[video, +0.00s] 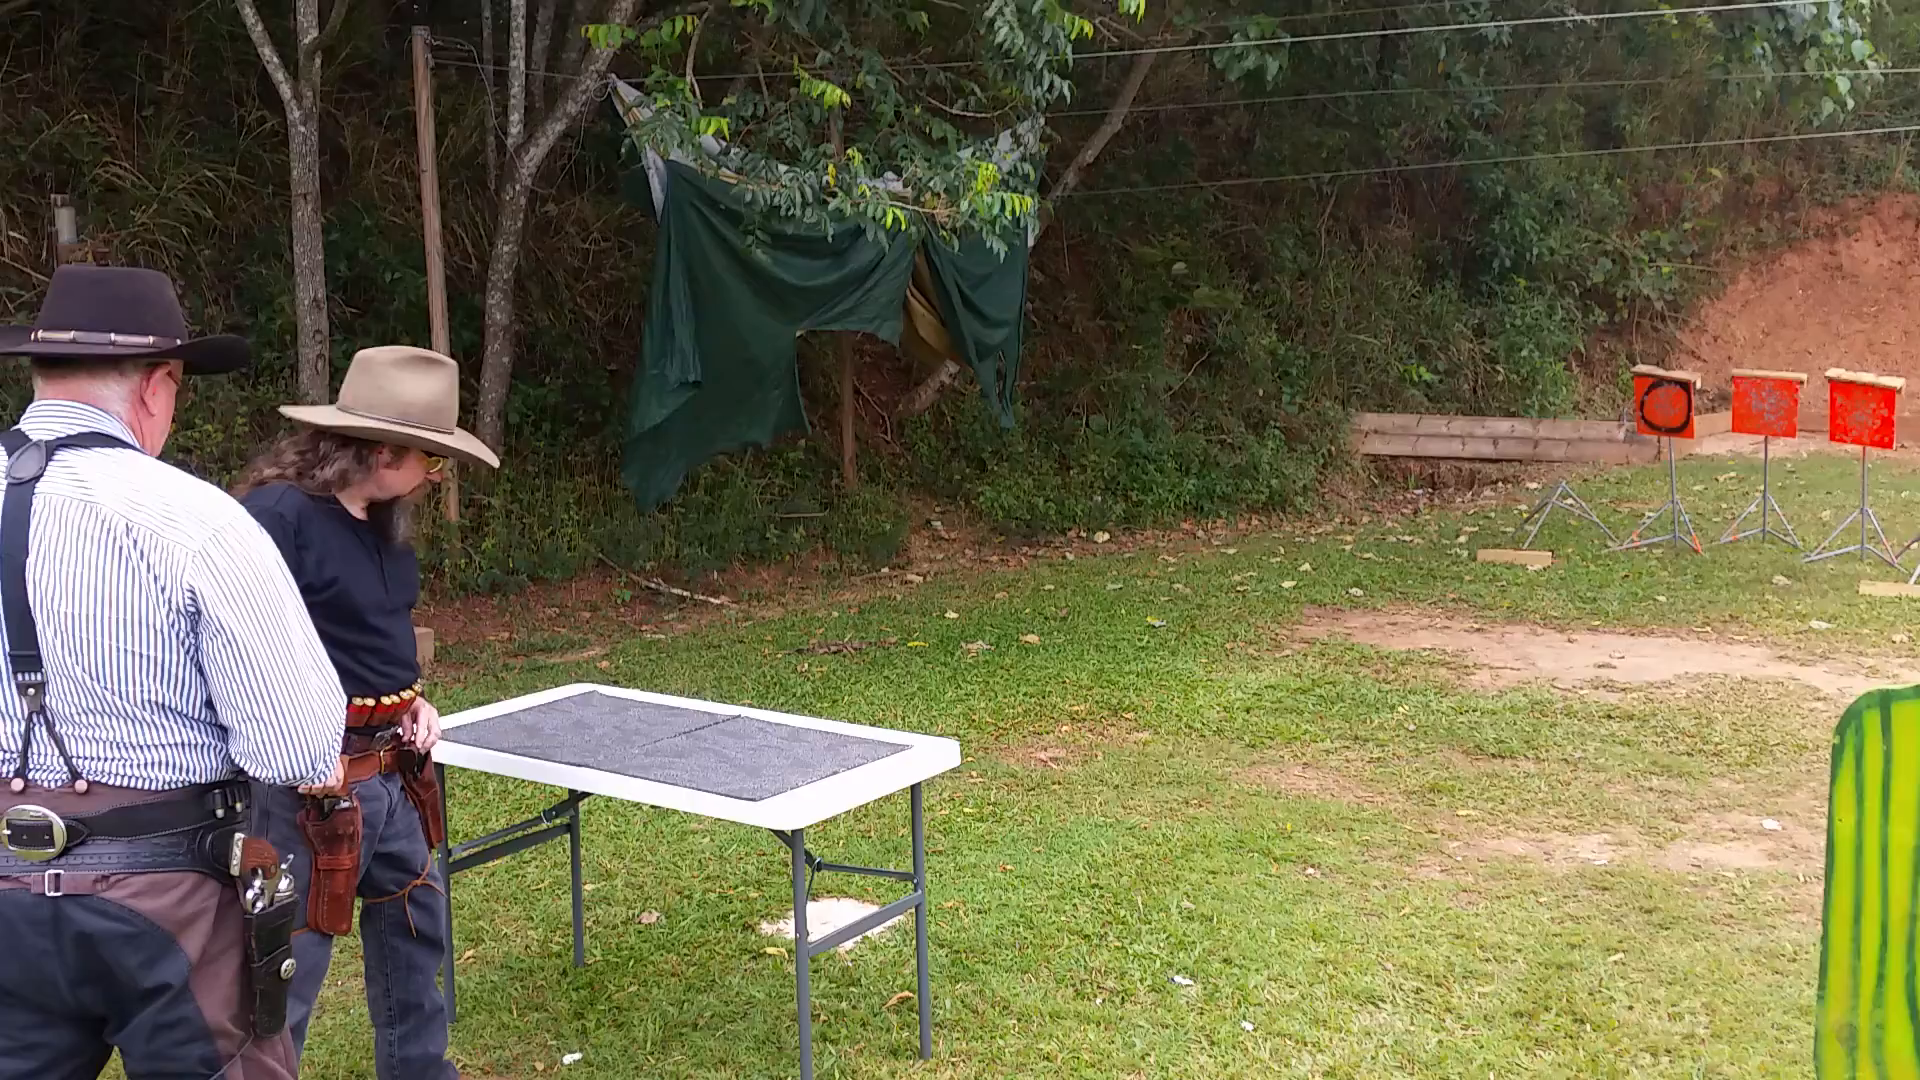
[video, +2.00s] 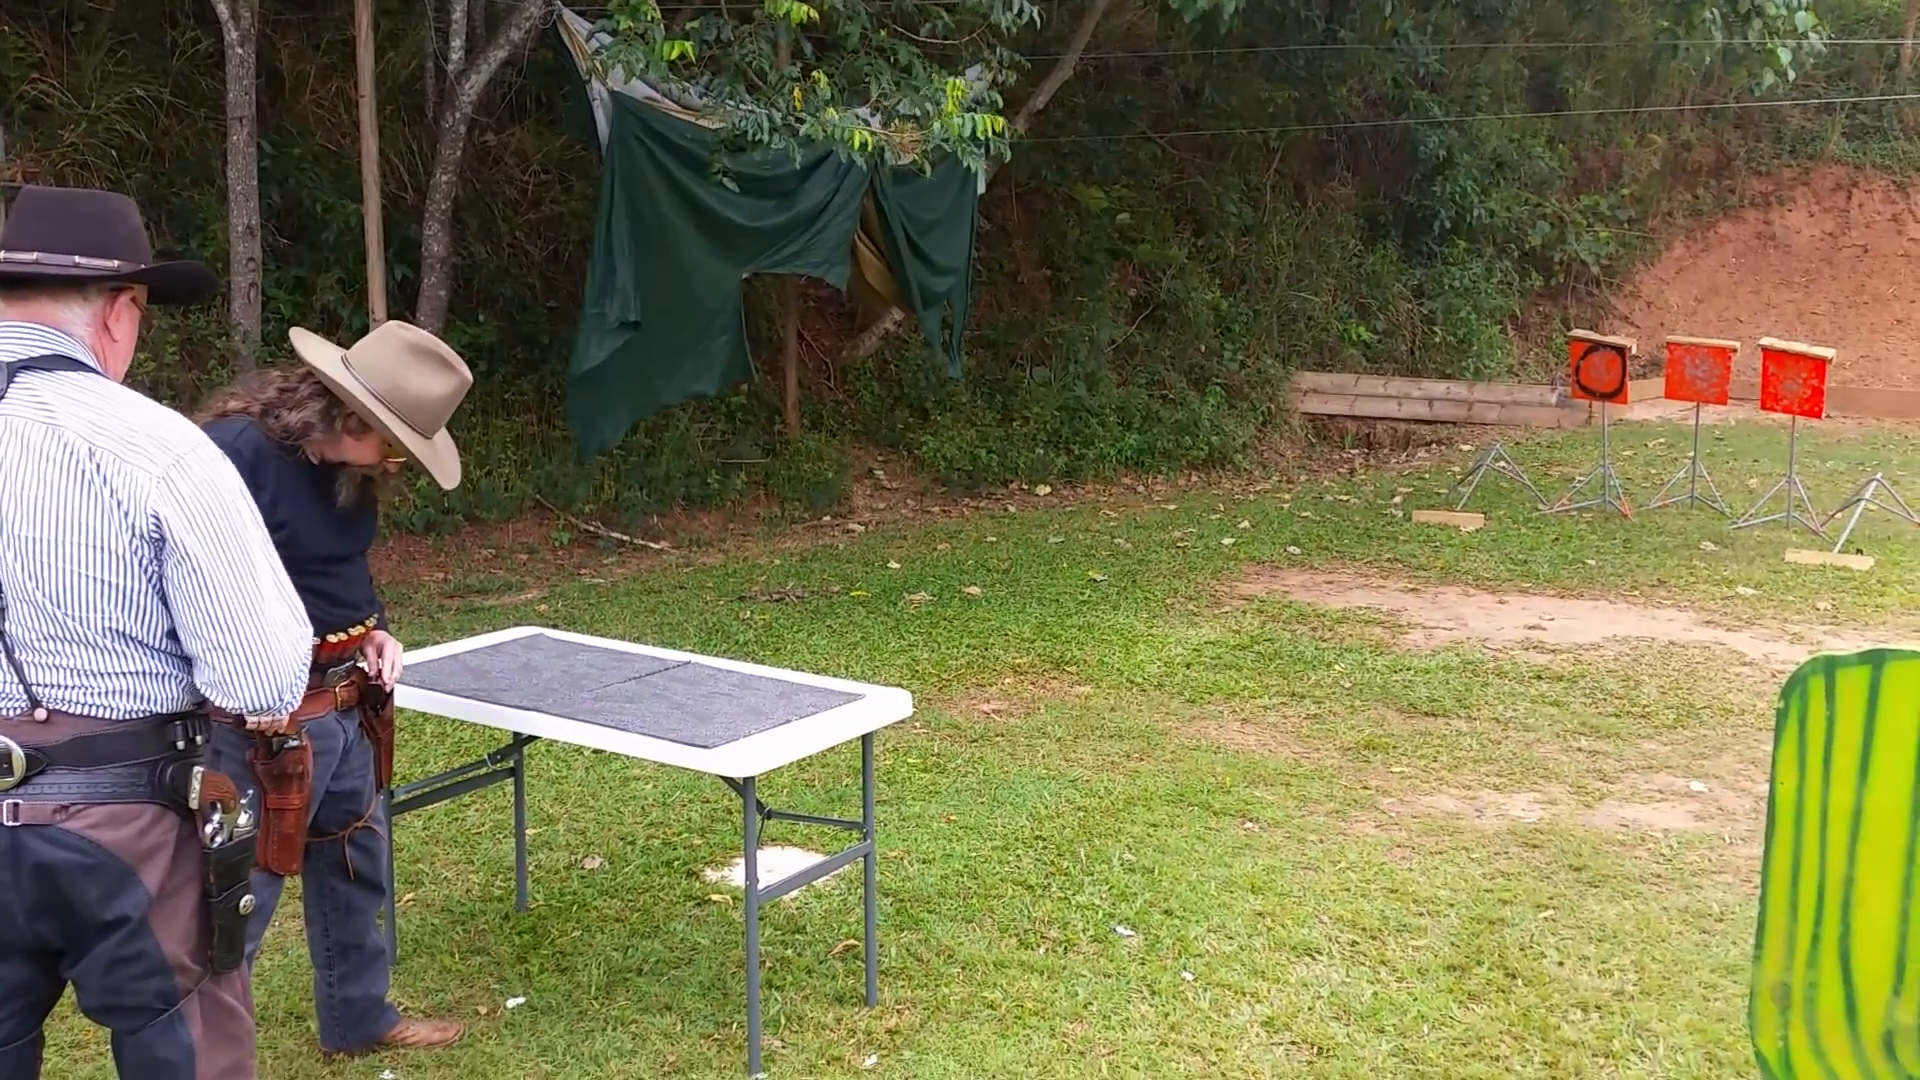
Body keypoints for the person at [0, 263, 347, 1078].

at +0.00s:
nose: (174, 410)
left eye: (179, 390)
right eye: (177, 389)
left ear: (43, 380)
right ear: (153, 389)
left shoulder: (4, 486)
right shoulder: (192, 515)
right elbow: (297, 744)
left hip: (10, 871)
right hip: (165, 878)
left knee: (29, 1063)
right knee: (222, 1063)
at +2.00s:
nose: (136, 338)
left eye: (140, 315)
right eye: (139, 316)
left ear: (5, 302)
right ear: (113, 316)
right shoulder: (146, 439)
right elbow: (268, 677)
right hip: (115, 802)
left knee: (7, 1046)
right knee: (192, 1053)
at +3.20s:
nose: (96, 299)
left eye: (97, 276)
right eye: (97, 276)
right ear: (80, 284)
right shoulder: (128, 417)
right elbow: (301, 559)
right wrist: (285, 482)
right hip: (90, 771)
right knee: (158, 1040)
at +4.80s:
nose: (20, 271)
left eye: (16, 262)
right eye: (18, 261)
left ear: (8, 266)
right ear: (12, 265)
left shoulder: (49, 390)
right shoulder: (46, 391)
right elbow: (172, 607)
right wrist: (197, 521)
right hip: (33, 754)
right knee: (113, 1028)